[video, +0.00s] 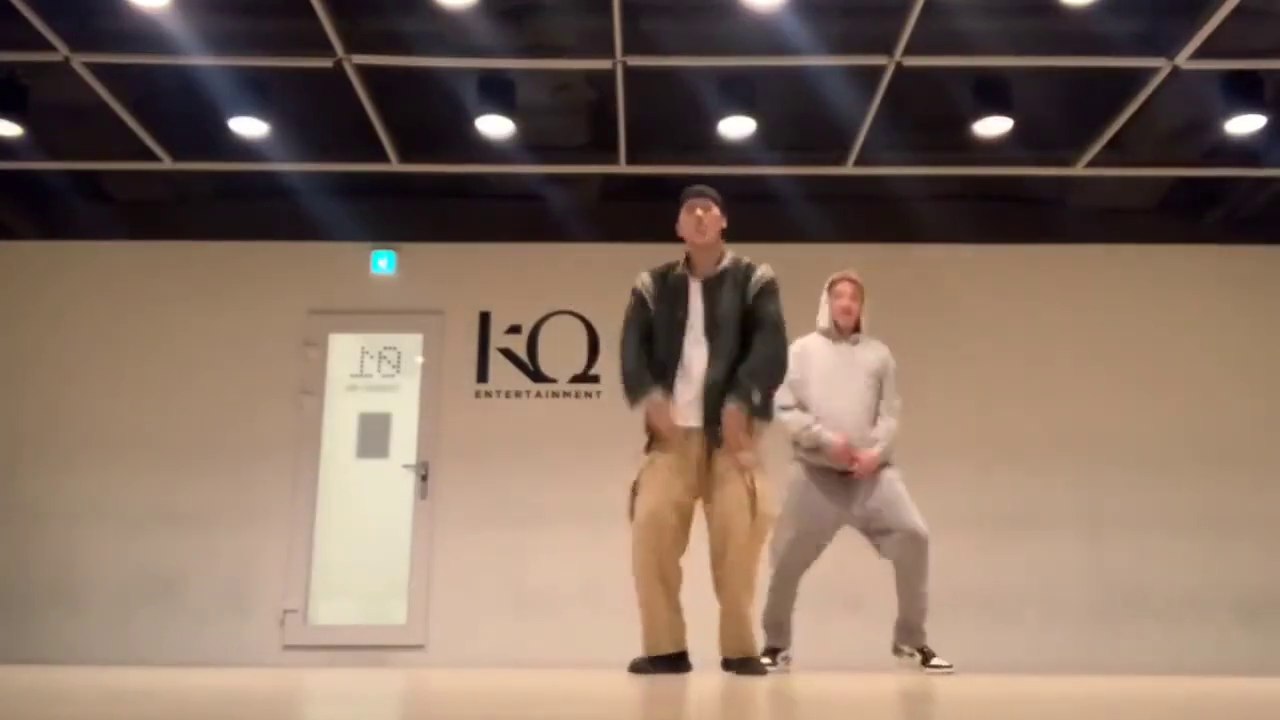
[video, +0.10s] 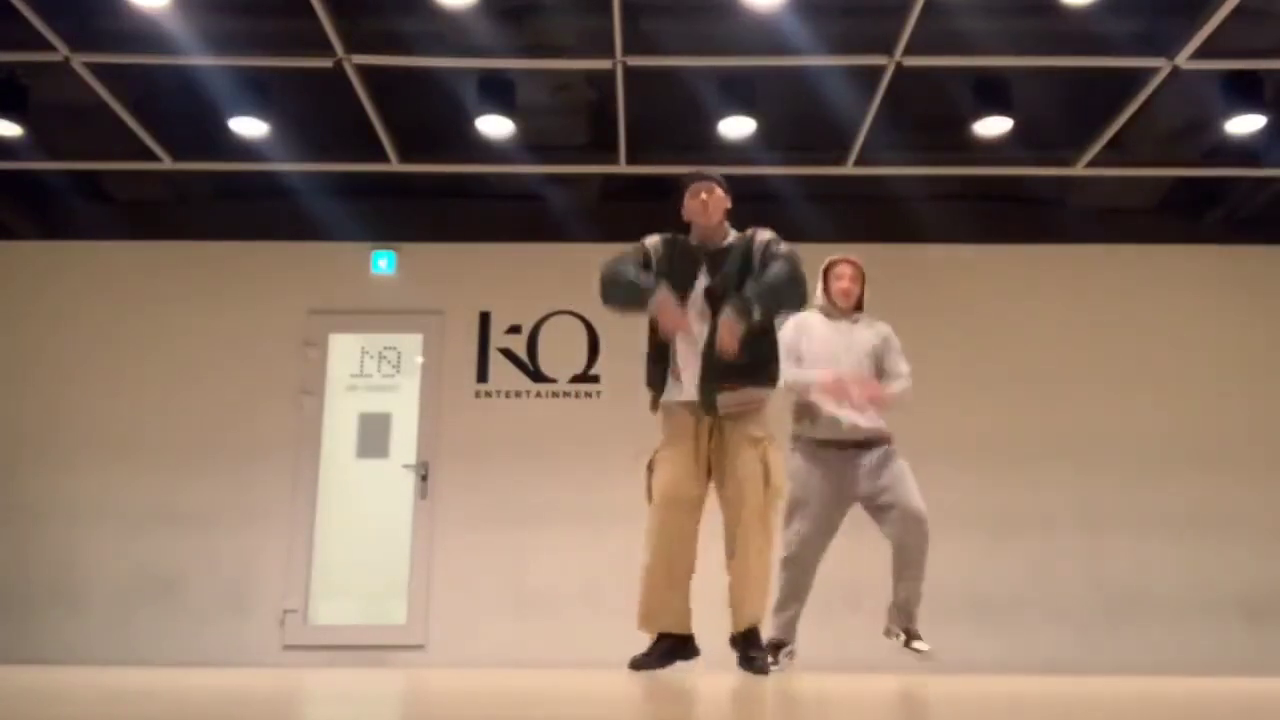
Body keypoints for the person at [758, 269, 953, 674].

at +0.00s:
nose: (847, 304)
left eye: (853, 298)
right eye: (839, 297)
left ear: (862, 307)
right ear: (826, 304)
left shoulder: (879, 354)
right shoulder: (801, 351)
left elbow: (891, 412)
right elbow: (784, 409)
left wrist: (875, 451)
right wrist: (827, 442)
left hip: (873, 477)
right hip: (818, 477)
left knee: (913, 538)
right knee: (787, 561)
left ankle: (910, 640)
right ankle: (775, 646)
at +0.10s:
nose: (846, 284)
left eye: (854, 279)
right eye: (838, 277)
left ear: (862, 289)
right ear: (824, 286)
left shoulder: (879, 332)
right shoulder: (798, 325)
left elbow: (903, 383)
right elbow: (784, 376)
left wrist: (874, 392)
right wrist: (827, 382)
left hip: (874, 453)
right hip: (817, 453)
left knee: (912, 520)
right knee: (800, 547)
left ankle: (903, 621)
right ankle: (780, 640)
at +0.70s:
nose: (862, 292)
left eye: (869, 284)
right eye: (854, 283)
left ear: (879, 291)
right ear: (839, 286)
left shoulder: (884, 329)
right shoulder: (816, 321)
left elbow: (893, 356)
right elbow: (819, 348)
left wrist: (878, 311)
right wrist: (844, 300)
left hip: (881, 447)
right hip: (830, 444)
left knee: (892, 544)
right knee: (819, 533)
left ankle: (890, 647)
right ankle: (836, 632)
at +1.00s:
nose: (819, 301)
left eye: (827, 293)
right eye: (813, 293)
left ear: (843, 298)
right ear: (805, 298)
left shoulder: (867, 325)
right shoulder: (792, 329)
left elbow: (870, 366)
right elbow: (800, 372)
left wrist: (844, 399)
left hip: (869, 454)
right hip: (813, 457)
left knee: (901, 530)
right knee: (800, 554)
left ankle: (913, 637)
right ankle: (801, 644)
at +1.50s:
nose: (857, 282)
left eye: (864, 277)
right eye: (850, 276)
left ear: (876, 287)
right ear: (836, 285)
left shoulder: (895, 335)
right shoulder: (817, 322)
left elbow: (927, 368)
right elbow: (783, 364)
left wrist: (954, 380)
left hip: (882, 456)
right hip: (827, 455)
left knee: (897, 545)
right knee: (811, 551)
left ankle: (906, 647)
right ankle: (799, 645)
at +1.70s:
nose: (872, 286)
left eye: (879, 280)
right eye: (865, 279)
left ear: (888, 291)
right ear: (849, 286)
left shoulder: (906, 334)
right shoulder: (828, 329)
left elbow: (957, 347)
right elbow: (788, 340)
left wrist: (971, 365)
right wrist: (807, 341)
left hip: (905, 441)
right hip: (858, 436)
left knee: (908, 539)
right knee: (864, 517)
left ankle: (905, 646)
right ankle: (838, 624)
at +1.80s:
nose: (869, 290)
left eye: (875, 283)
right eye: (861, 284)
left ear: (888, 293)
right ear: (849, 296)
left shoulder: (909, 341)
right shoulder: (836, 335)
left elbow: (960, 352)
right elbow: (797, 350)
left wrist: (954, 358)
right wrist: (811, 356)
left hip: (910, 443)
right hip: (863, 440)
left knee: (916, 537)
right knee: (885, 527)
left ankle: (907, 644)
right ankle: (877, 640)